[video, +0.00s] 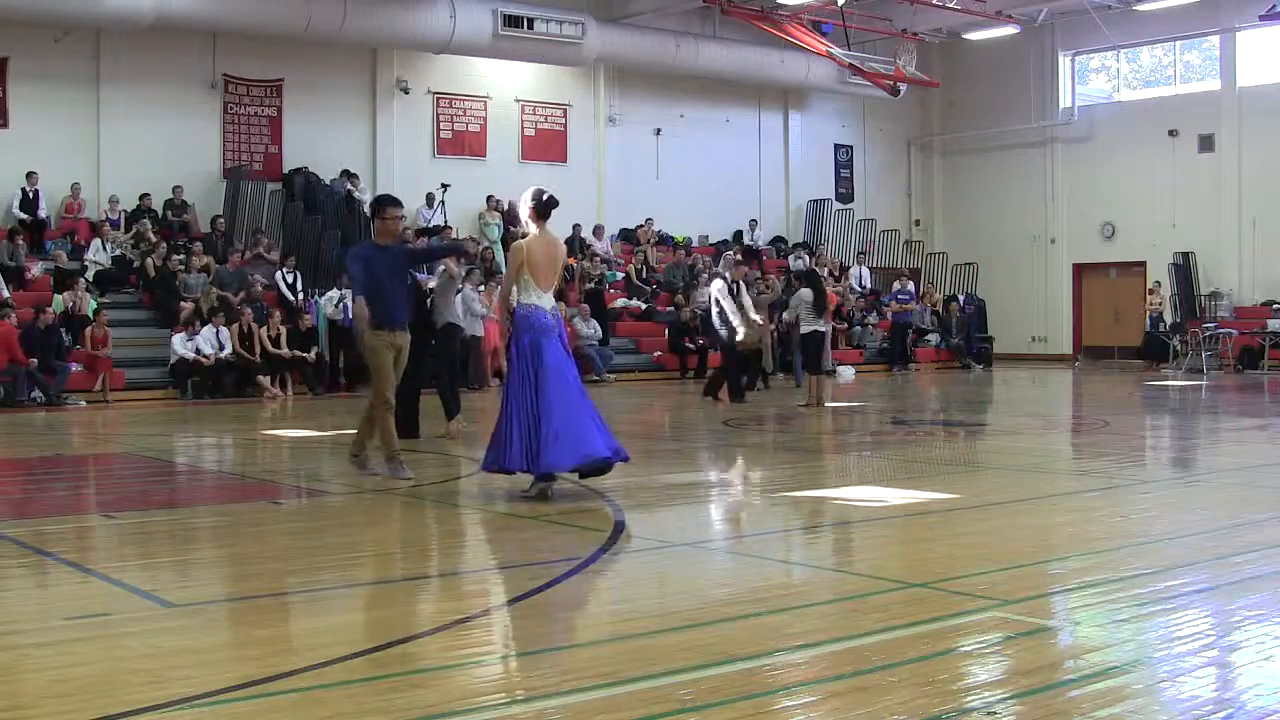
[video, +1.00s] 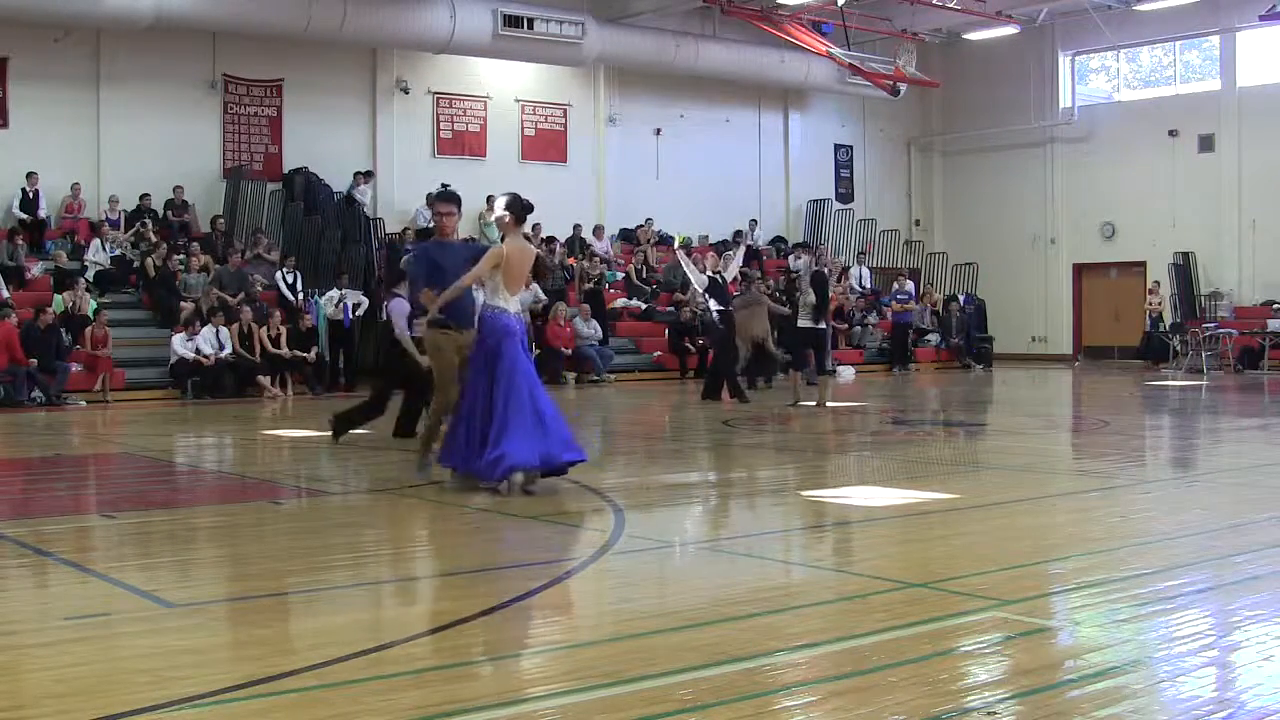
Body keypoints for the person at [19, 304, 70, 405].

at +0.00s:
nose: (52, 317)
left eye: (52, 314)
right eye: (49, 314)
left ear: (54, 316)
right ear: (41, 316)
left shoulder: (54, 329)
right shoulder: (29, 329)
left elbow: (60, 348)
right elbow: (25, 347)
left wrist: (61, 361)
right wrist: (29, 358)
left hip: (50, 360)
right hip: (35, 361)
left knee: (65, 368)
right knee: (31, 371)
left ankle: (53, 394)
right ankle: (51, 394)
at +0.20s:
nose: (52, 316)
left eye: (52, 314)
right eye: (49, 314)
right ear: (41, 316)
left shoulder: (54, 329)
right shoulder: (28, 328)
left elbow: (60, 348)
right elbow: (24, 345)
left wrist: (61, 361)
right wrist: (28, 358)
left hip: (49, 360)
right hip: (34, 361)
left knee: (64, 368)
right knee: (31, 370)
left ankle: (55, 393)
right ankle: (51, 393)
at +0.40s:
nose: (52, 317)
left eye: (52, 314)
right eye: (49, 314)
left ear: (54, 315)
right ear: (41, 316)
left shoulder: (54, 329)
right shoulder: (28, 328)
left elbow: (60, 348)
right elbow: (24, 346)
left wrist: (61, 361)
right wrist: (28, 359)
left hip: (49, 360)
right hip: (34, 361)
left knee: (65, 367)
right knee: (31, 371)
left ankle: (54, 394)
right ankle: (51, 393)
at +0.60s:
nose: (52, 317)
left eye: (52, 314)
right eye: (49, 314)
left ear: (54, 315)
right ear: (41, 316)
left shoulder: (54, 329)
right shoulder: (28, 328)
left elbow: (60, 348)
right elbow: (24, 346)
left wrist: (61, 361)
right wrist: (28, 359)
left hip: (49, 360)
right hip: (34, 361)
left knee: (64, 367)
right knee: (31, 371)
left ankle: (54, 393)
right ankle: (51, 394)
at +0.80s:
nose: (53, 317)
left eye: (53, 314)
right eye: (50, 314)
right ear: (41, 316)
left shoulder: (54, 328)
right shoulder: (29, 327)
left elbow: (60, 347)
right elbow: (24, 344)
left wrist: (61, 359)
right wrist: (29, 358)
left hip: (50, 360)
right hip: (35, 361)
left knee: (64, 367)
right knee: (31, 371)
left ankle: (55, 394)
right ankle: (50, 394)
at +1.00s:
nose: (53, 317)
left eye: (53, 314)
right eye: (50, 314)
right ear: (41, 316)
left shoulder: (54, 328)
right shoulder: (29, 328)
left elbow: (60, 347)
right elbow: (24, 344)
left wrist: (61, 359)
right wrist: (29, 358)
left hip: (50, 360)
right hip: (35, 361)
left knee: (64, 367)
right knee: (31, 371)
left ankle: (55, 394)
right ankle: (50, 394)